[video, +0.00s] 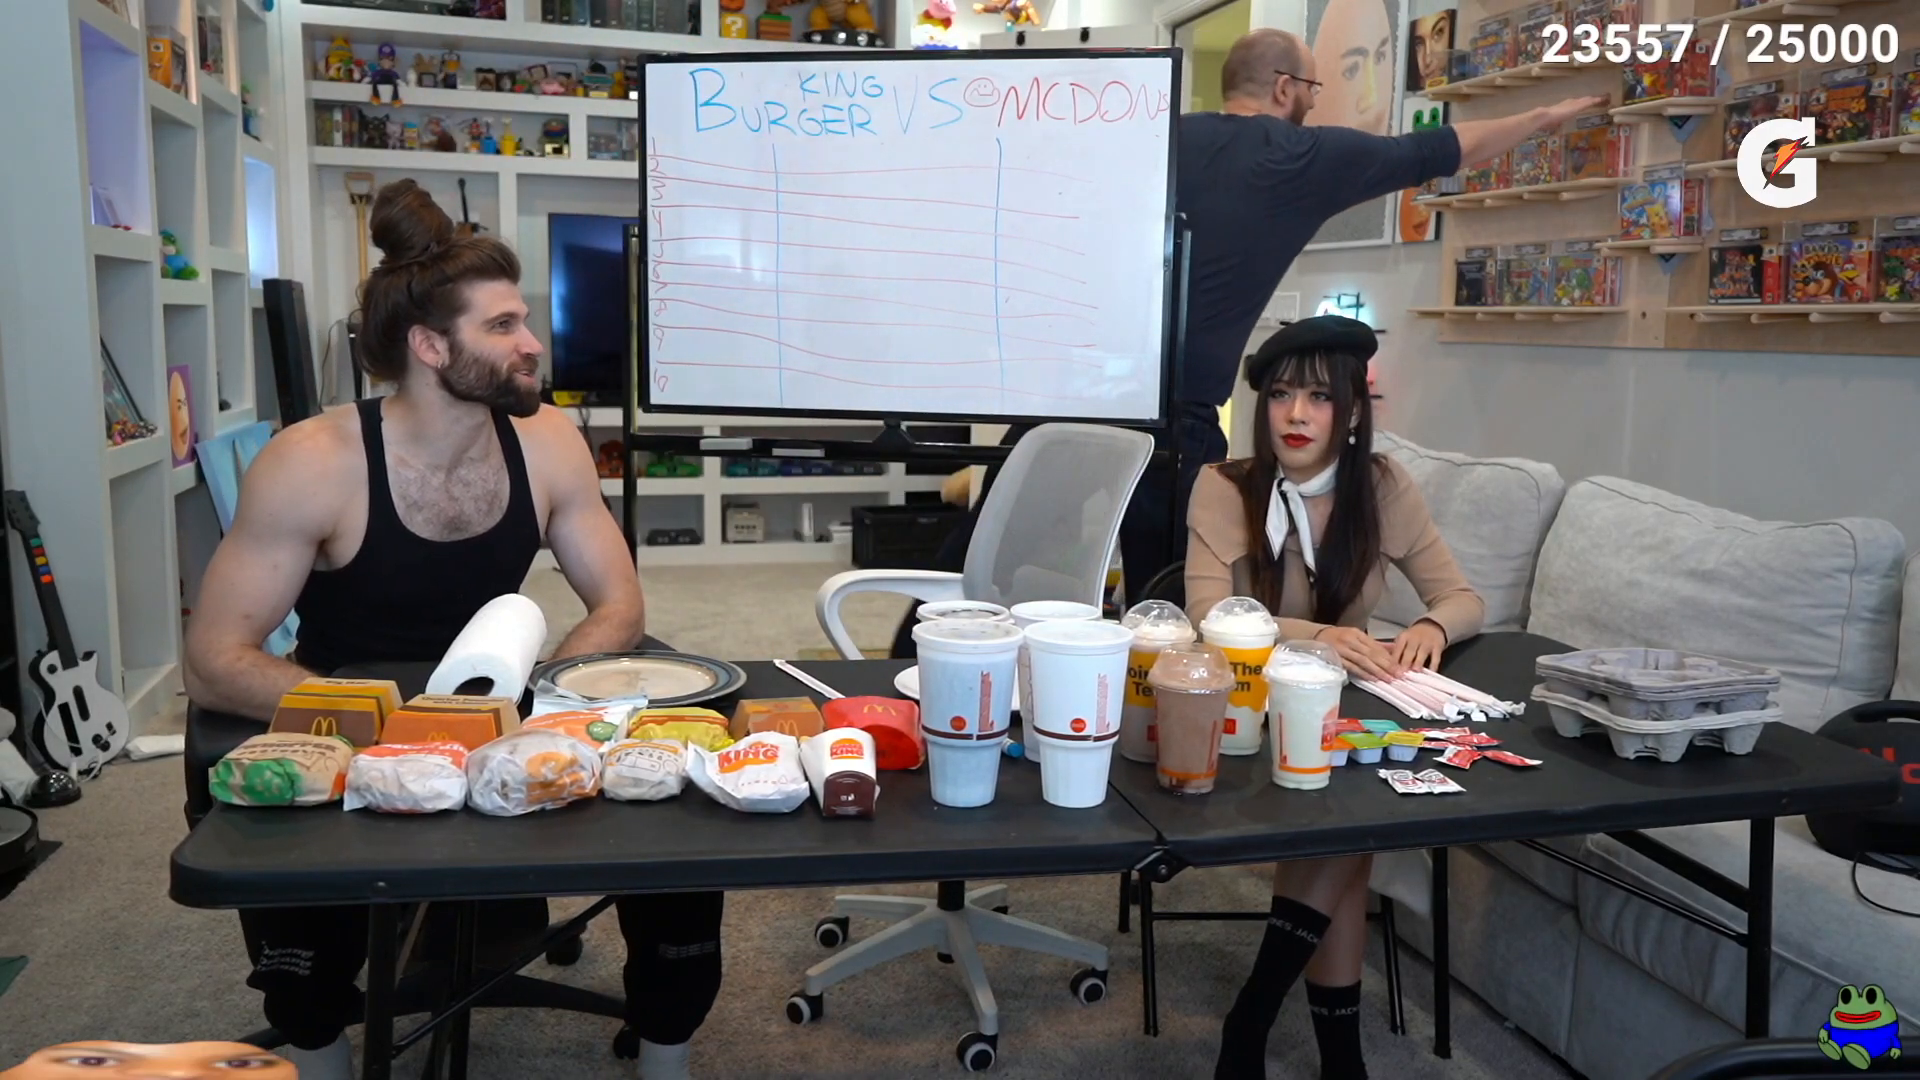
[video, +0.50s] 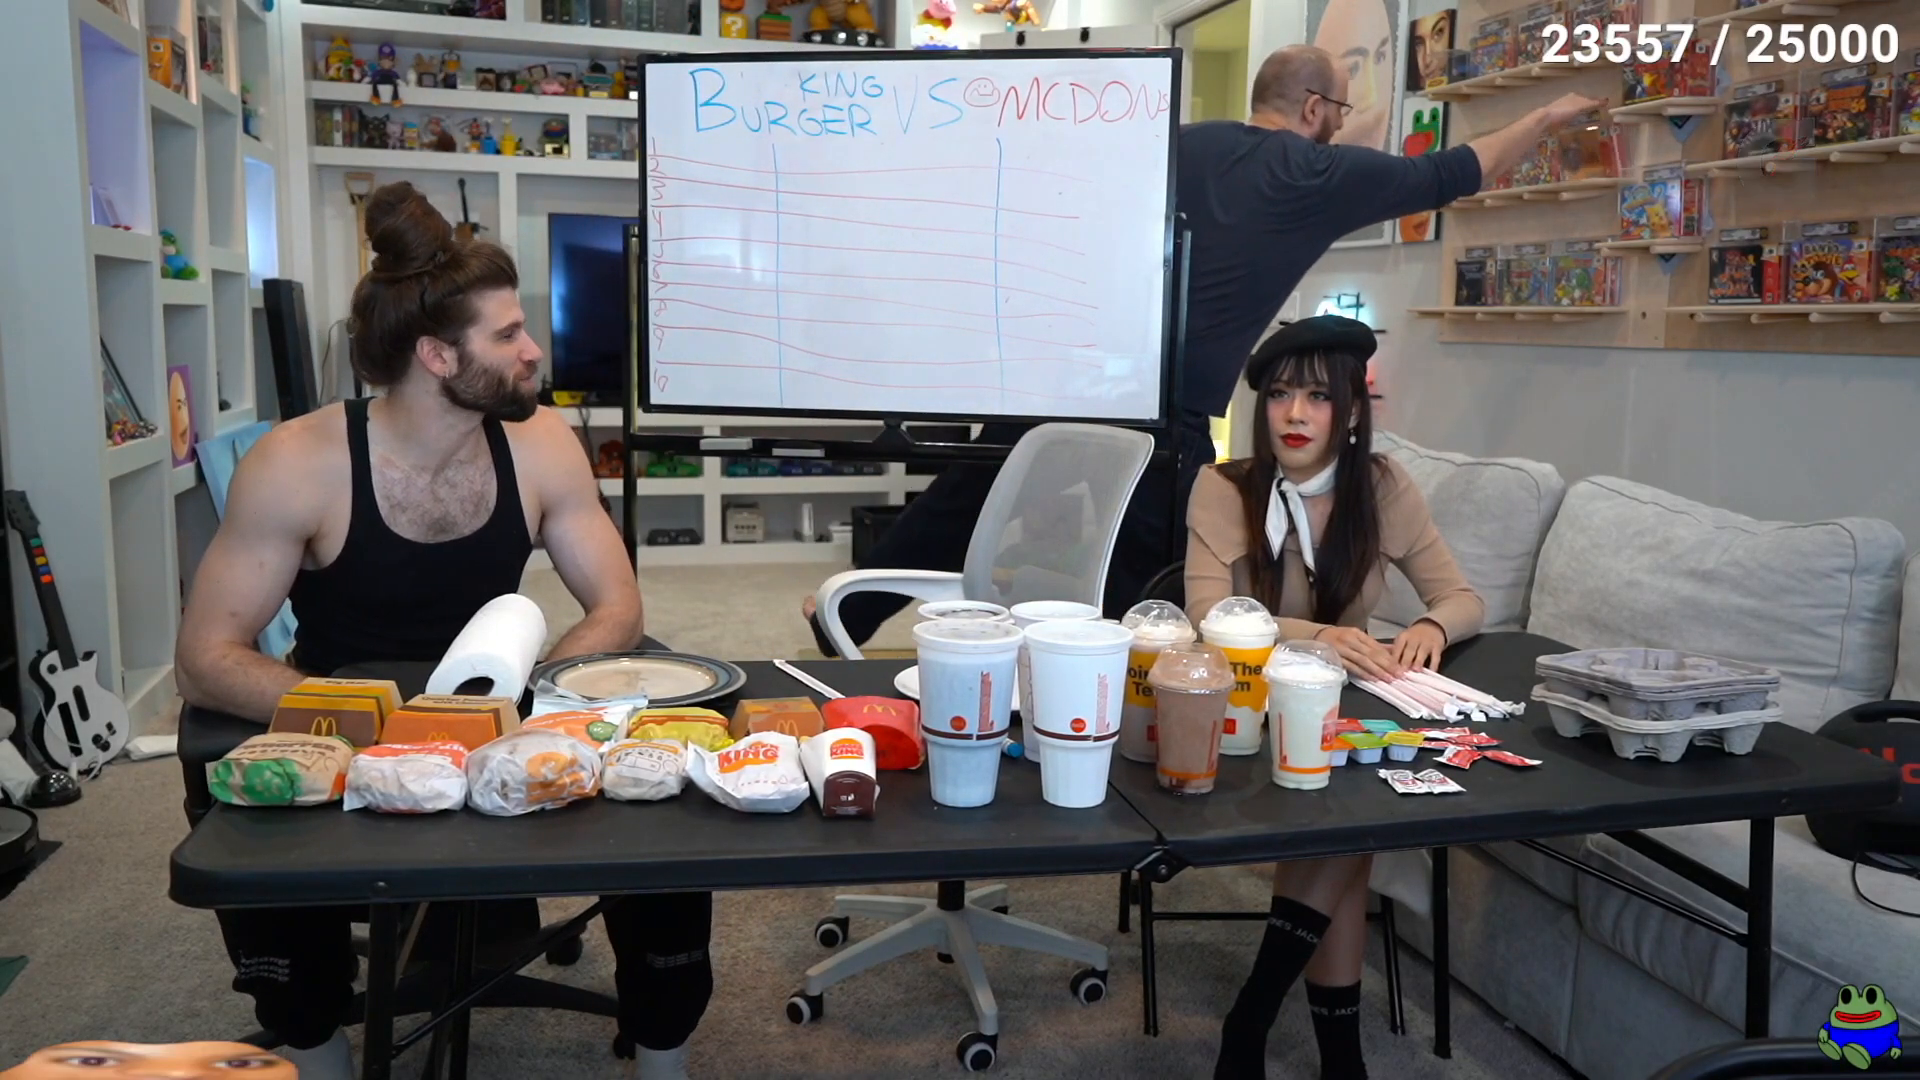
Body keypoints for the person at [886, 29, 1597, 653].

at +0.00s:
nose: (1320, 103)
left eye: (1318, 90)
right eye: (1316, 90)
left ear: (1229, 87)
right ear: (1288, 93)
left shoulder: (1156, 129)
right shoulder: (1303, 156)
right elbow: (1450, 147)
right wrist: (1561, 112)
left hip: (1078, 389)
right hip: (1175, 411)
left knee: (1055, 572)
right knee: (1171, 590)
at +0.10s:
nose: (1338, 109)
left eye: (1334, 95)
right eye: (1330, 95)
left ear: (1244, 94)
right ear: (1296, 97)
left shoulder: (1160, 132)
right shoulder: (1314, 162)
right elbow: (1465, 154)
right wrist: (1582, 109)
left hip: (1061, 389)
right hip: (1172, 414)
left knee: (956, 533)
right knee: (1159, 596)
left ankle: (878, 649)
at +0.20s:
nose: (1346, 120)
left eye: (1342, 108)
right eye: (1345, 107)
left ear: (1254, 92)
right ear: (1321, 104)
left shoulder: (1171, 133)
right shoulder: (1320, 167)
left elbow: (1055, 161)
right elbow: (1465, 164)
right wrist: (1574, 115)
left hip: (1058, 380)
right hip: (1168, 409)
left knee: (957, 510)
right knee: (1153, 588)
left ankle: (842, 631)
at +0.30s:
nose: (1349, 128)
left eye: (1346, 113)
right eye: (1349, 114)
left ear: (1262, 94)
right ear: (1324, 107)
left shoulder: (1174, 133)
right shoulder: (1321, 170)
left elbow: (1057, 154)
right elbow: (1464, 170)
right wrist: (1564, 115)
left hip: (1066, 370)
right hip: (1167, 406)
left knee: (981, 475)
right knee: (1146, 582)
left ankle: (851, 594)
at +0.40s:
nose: (1347, 132)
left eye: (1345, 117)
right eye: (1348, 118)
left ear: (1262, 97)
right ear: (1324, 111)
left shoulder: (1177, 136)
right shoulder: (1321, 173)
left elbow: (1061, 150)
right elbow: (1461, 173)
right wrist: (1557, 115)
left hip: (1068, 372)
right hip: (1170, 407)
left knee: (981, 471)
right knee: (1139, 578)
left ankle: (852, 594)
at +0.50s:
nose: (1342, 131)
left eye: (1341, 117)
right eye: (1342, 117)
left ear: (1258, 98)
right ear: (1318, 112)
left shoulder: (1174, 138)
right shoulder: (1315, 175)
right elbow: (1451, 175)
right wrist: (1547, 118)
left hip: (1064, 379)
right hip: (1167, 414)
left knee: (966, 498)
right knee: (1136, 587)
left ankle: (846, 619)